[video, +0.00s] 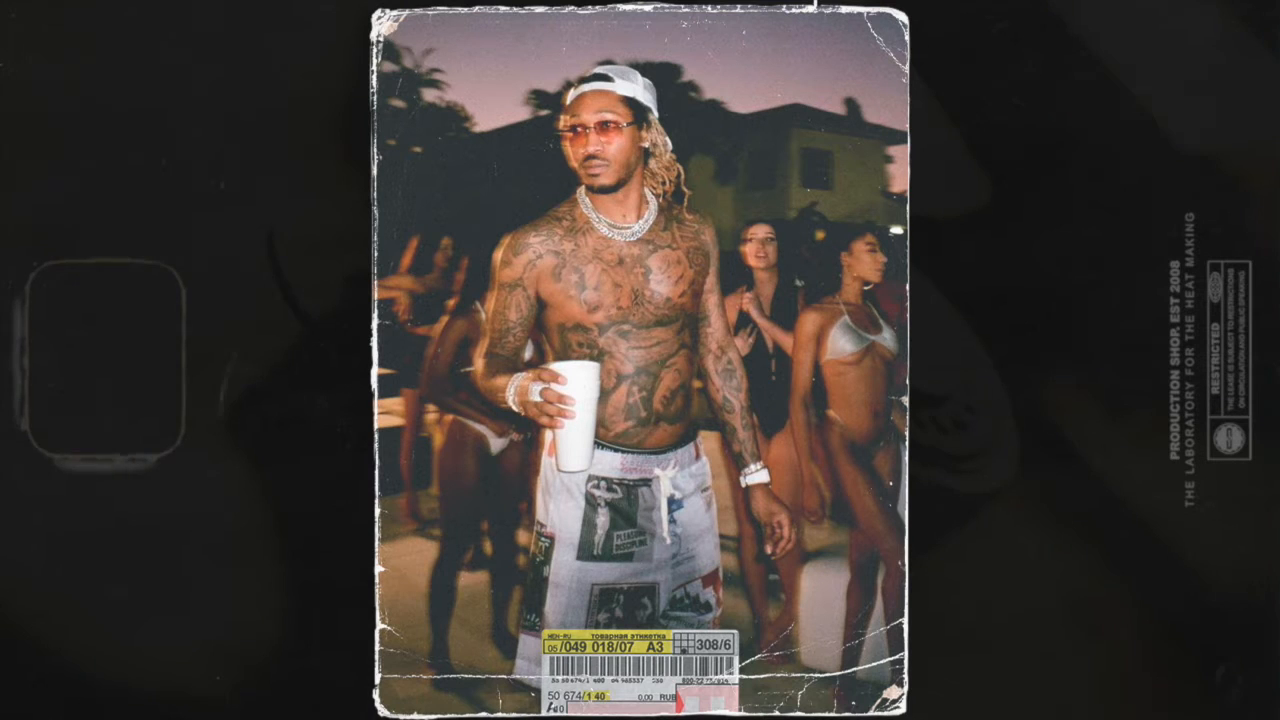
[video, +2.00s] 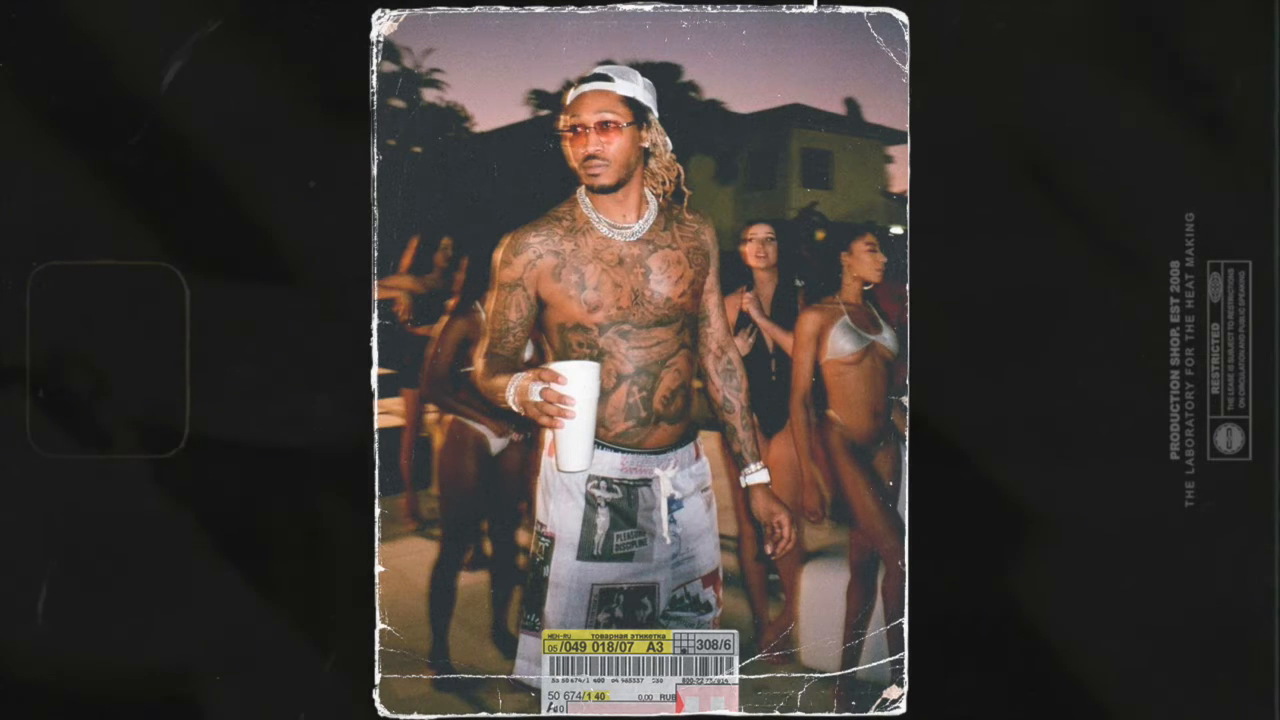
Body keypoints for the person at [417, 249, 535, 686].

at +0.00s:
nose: (515, 291)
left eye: (523, 283)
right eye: (509, 280)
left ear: (531, 291)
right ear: (495, 281)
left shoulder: (530, 334)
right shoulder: (464, 323)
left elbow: (542, 386)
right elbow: (434, 388)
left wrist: (528, 421)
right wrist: (489, 422)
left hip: (513, 446)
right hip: (465, 442)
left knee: (506, 541)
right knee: (456, 543)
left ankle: (501, 627)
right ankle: (439, 652)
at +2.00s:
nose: (514, 288)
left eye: (521, 280)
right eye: (507, 278)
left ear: (531, 288)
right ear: (493, 278)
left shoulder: (531, 332)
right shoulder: (465, 322)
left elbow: (543, 385)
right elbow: (434, 387)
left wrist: (530, 420)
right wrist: (489, 421)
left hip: (515, 443)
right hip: (465, 439)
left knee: (506, 540)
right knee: (456, 543)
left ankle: (501, 627)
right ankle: (439, 648)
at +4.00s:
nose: (516, 288)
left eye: (523, 281)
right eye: (510, 279)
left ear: (532, 290)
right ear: (495, 280)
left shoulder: (531, 333)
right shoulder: (465, 323)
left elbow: (544, 385)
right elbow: (435, 386)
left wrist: (529, 422)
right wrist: (489, 421)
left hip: (514, 444)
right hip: (465, 440)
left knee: (506, 541)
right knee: (455, 544)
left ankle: (501, 627)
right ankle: (439, 647)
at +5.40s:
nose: (517, 287)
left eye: (524, 280)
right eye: (510, 277)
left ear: (533, 289)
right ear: (495, 278)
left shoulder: (532, 332)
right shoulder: (466, 322)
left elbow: (543, 385)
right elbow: (434, 387)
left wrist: (529, 421)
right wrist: (489, 421)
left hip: (514, 446)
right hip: (465, 441)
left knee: (506, 541)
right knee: (456, 544)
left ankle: (501, 627)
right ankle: (439, 648)